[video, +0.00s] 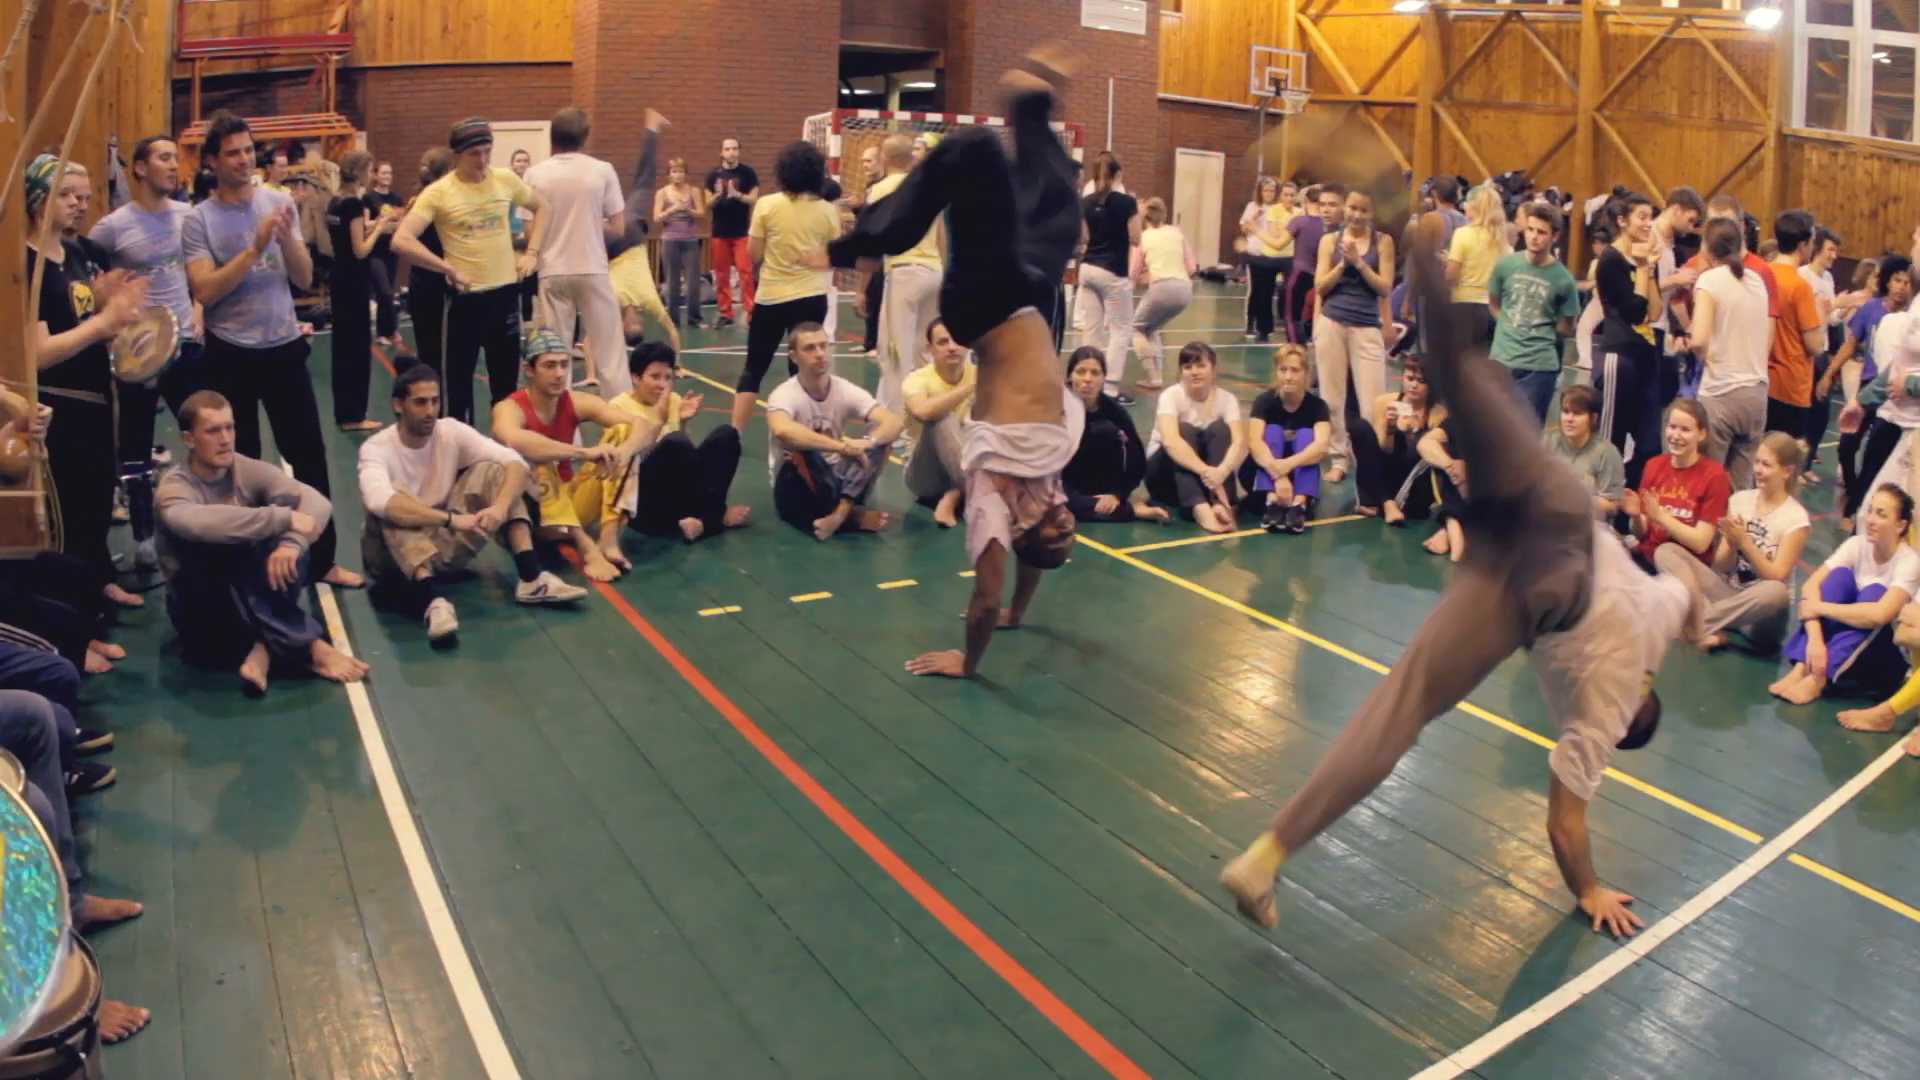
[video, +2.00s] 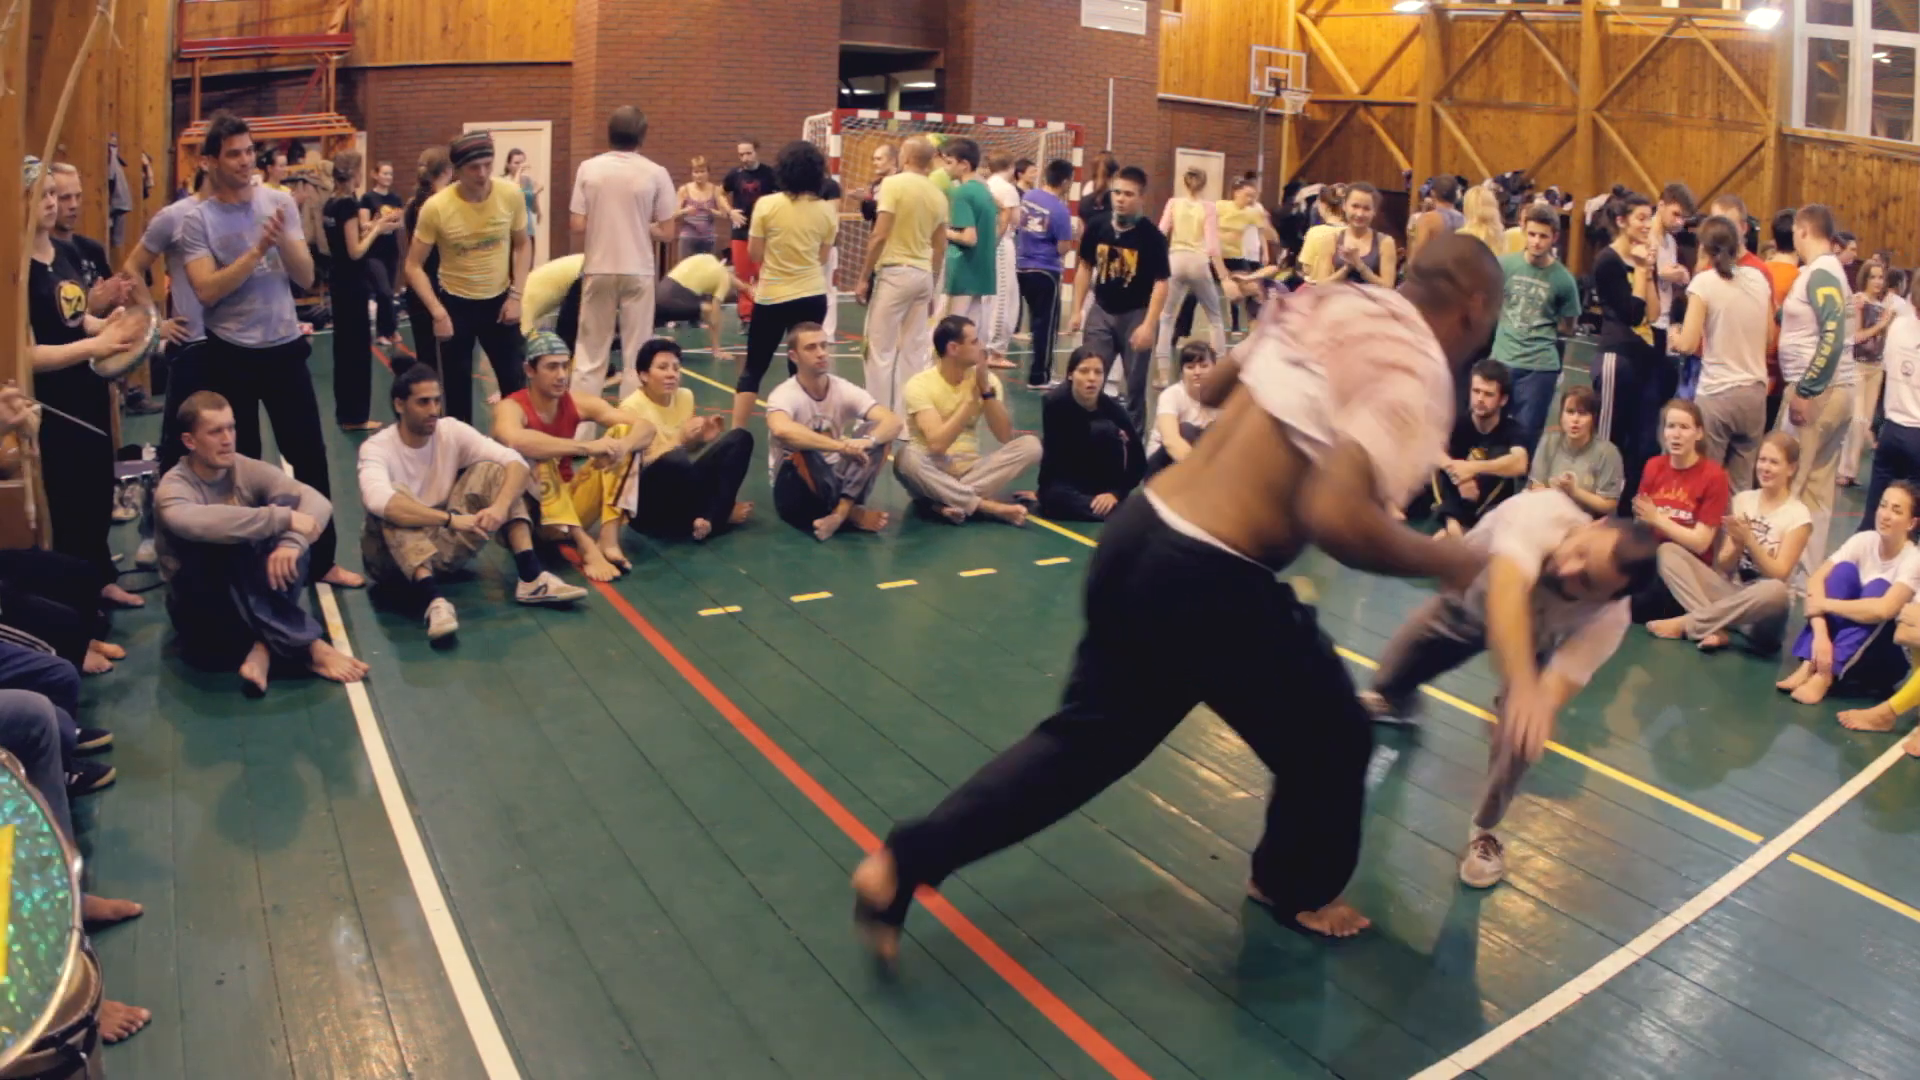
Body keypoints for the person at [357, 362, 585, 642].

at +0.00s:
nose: (430, 411)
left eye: (435, 402)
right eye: (420, 403)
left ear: (441, 402)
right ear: (398, 405)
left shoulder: (450, 431)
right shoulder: (376, 449)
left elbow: (516, 464)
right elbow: (380, 503)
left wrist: (500, 509)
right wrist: (451, 519)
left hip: (449, 545)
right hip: (398, 551)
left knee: (492, 470)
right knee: (396, 500)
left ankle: (532, 577)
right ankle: (434, 602)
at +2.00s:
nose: (433, 410)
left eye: (437, 401)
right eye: (423, 403)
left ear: (442, 401)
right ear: (399, 405)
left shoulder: (451, 431)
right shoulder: (376, 449)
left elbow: (516, 464)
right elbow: (380, 502)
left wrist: (500, 509)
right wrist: (450, 520)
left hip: (449, 547)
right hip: (398, 553)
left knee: (491, 470)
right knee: (396, 498)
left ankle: (532, 577)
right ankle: (434, 601)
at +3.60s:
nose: (432, 410)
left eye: (435, 401)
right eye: (422, 403)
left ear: (440, 400)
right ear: (398, 407)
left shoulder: (450, 431)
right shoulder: (376, 449)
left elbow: (516, 463)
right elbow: (380, 502)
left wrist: (500, 508)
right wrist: (450, 519)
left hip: (448, 547)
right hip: (398, 553)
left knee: (492, 470)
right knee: (395, 499)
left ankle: (532, 577)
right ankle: (434, 602)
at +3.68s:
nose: (432, 410)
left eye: (436, 401)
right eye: (422, 403)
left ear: (441, 400)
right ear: (398, 407)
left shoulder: (450, 431)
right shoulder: (376, 449)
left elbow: (516, 463)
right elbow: (380, 502)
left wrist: (500, 509)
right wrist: (450, 519)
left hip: (448, 546)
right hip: (397, 554)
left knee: (492, 470)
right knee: (395, 499)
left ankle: (532, 577)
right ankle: (434, 601)